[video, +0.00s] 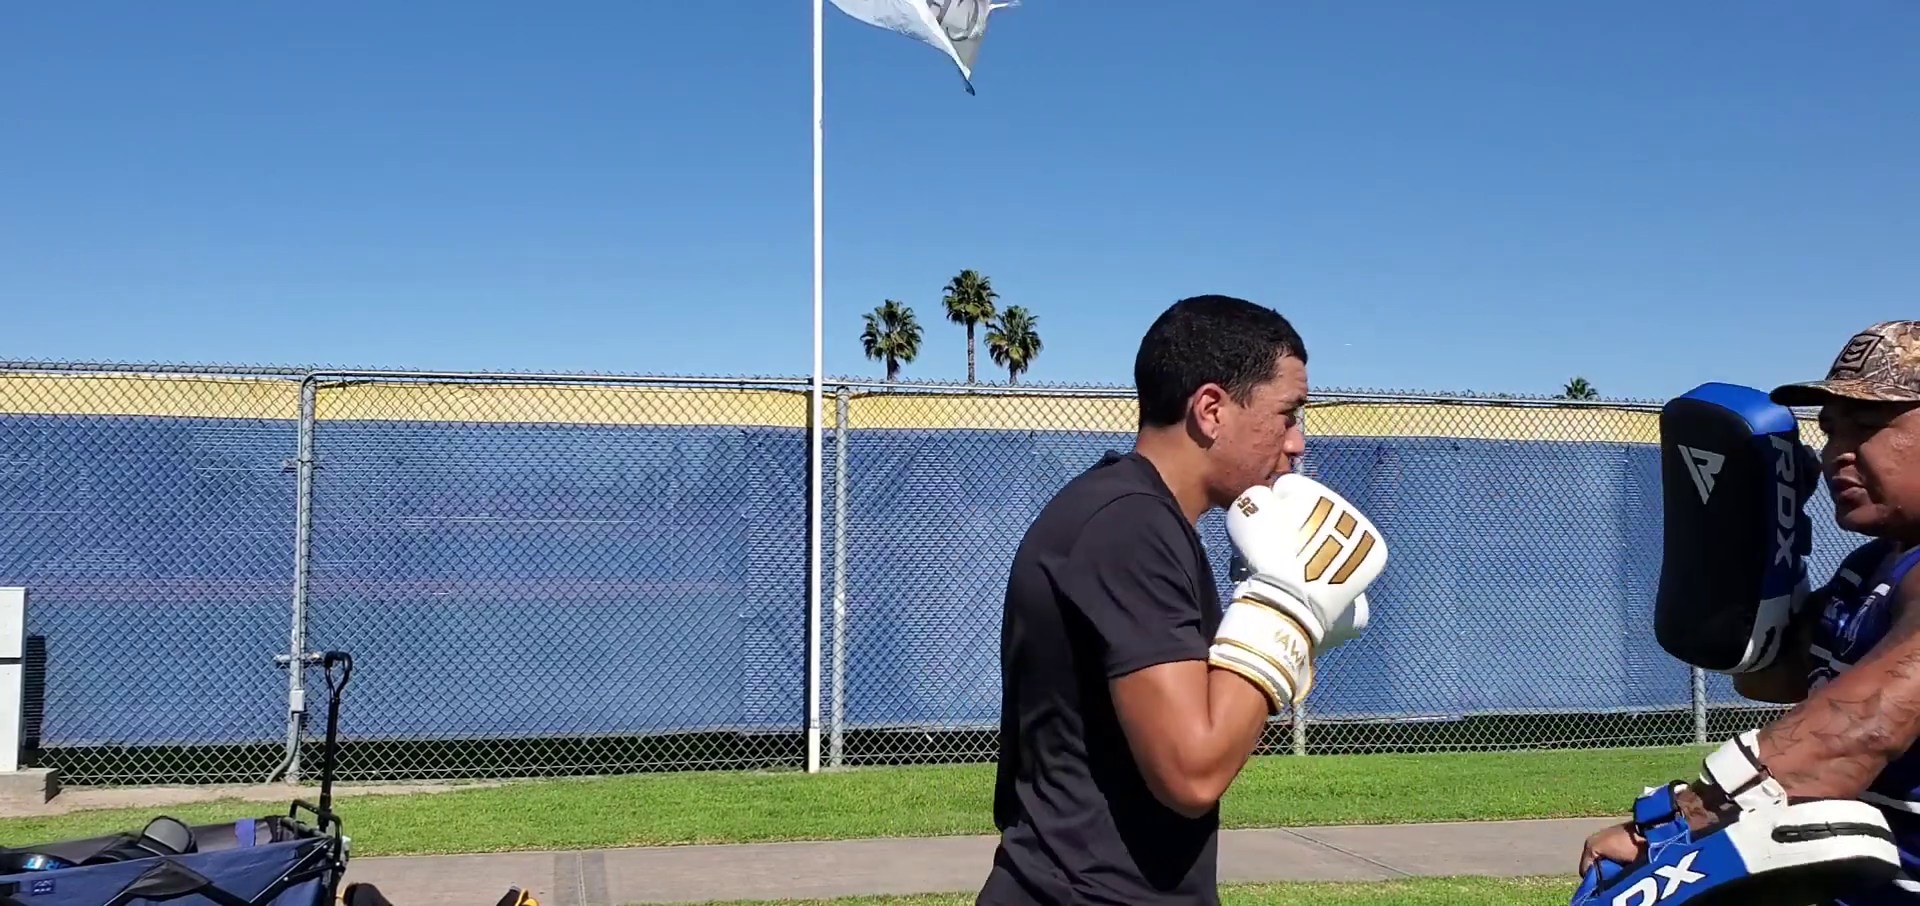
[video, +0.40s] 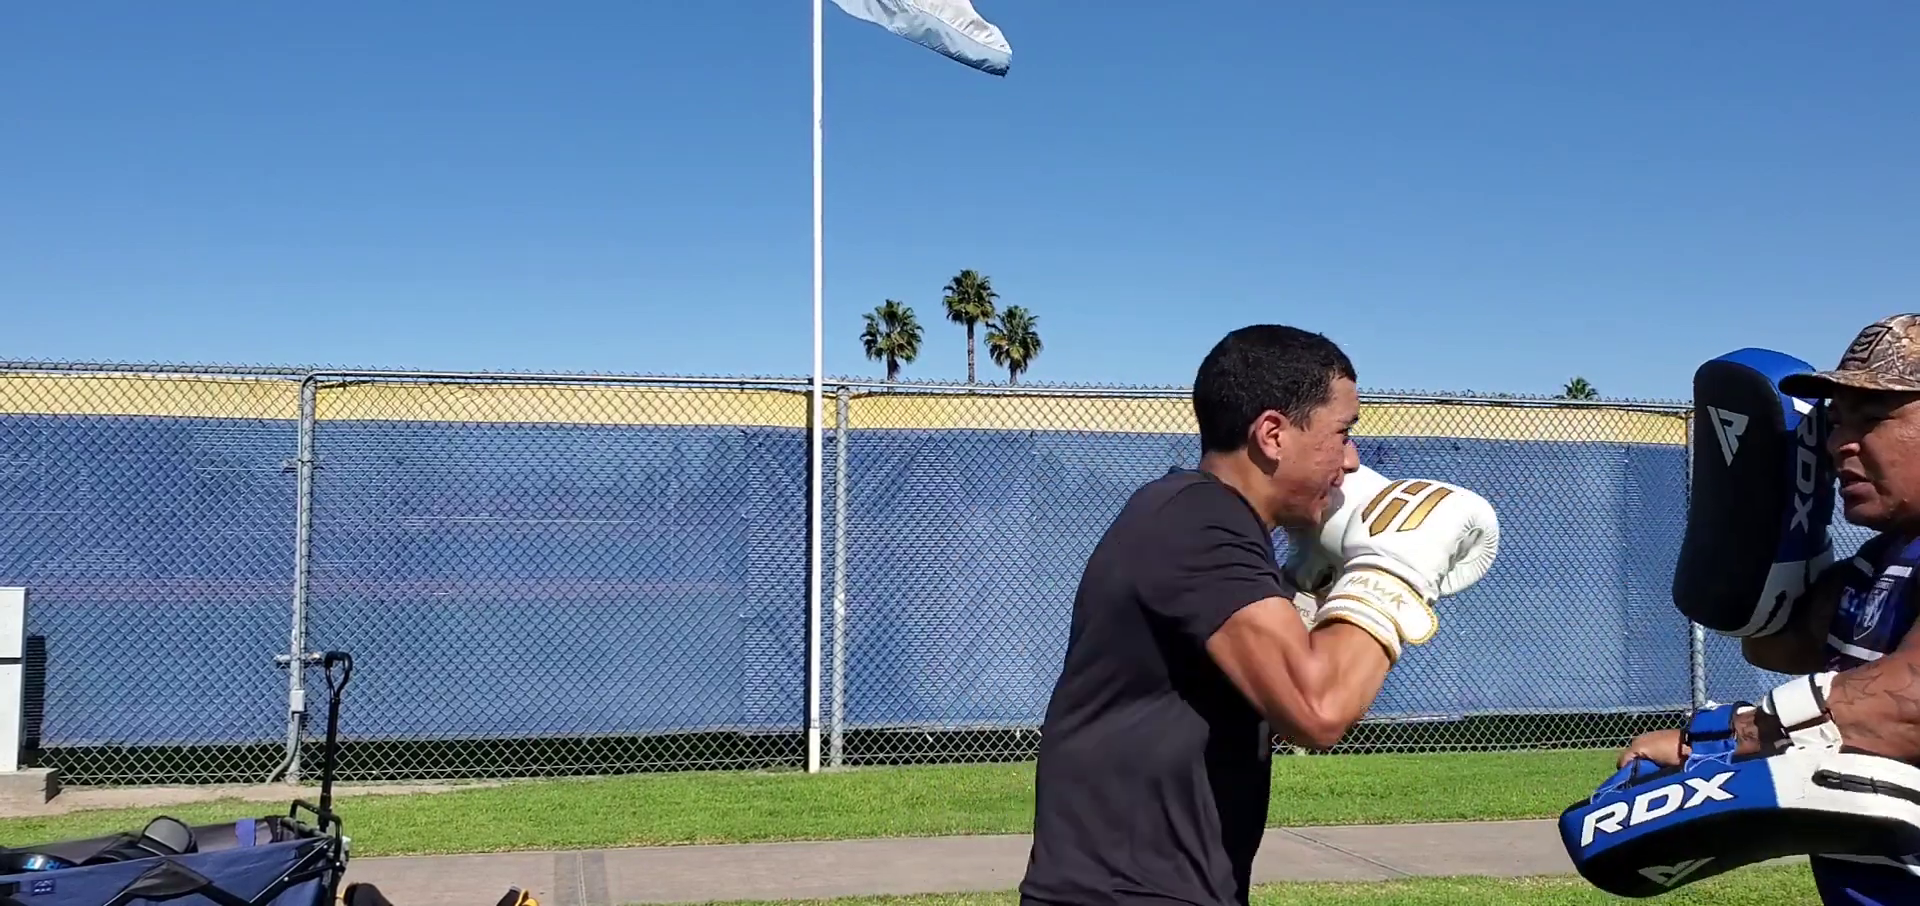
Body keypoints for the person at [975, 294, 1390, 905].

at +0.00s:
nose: (1299, 444)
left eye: (1298, 417)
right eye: (1287, 416)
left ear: (1210, 414)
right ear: (1211, 411)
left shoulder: (1136, 512)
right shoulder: (1130, 525)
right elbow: (1193, 771)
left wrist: (1289, 631)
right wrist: (1280, 609)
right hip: (1096, 889)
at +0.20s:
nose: (1288, 449)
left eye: (1286, 421)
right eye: (1275, 420)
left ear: (1205, 424)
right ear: (1202, 421)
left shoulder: (1178, 536)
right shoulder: (1086, 533)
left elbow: (1178, 732)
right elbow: (1161, 764)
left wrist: (1293, 661)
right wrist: (1270, 612)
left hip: (1167, 880)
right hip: (1066, 888)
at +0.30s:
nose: (1308, 488)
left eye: (1307, 461)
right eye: (1297, 460)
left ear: (1228, 465)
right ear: (1225, 461)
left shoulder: (1217, 566)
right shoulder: (1091, 554)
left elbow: (1236, 711)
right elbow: (1169, 776)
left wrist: (1344, 635)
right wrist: (1303, 641)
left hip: (1182, 883)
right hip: (1069, 891)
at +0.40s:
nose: (1352, 458)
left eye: (1350, 435)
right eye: (1341, 433)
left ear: (1275, 433)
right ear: (1273, 434)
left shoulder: (1186, 512)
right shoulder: (1203, 523)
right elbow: (1319, 709)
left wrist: (1321, 582)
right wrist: (1394, 572)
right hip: (1137, 886)